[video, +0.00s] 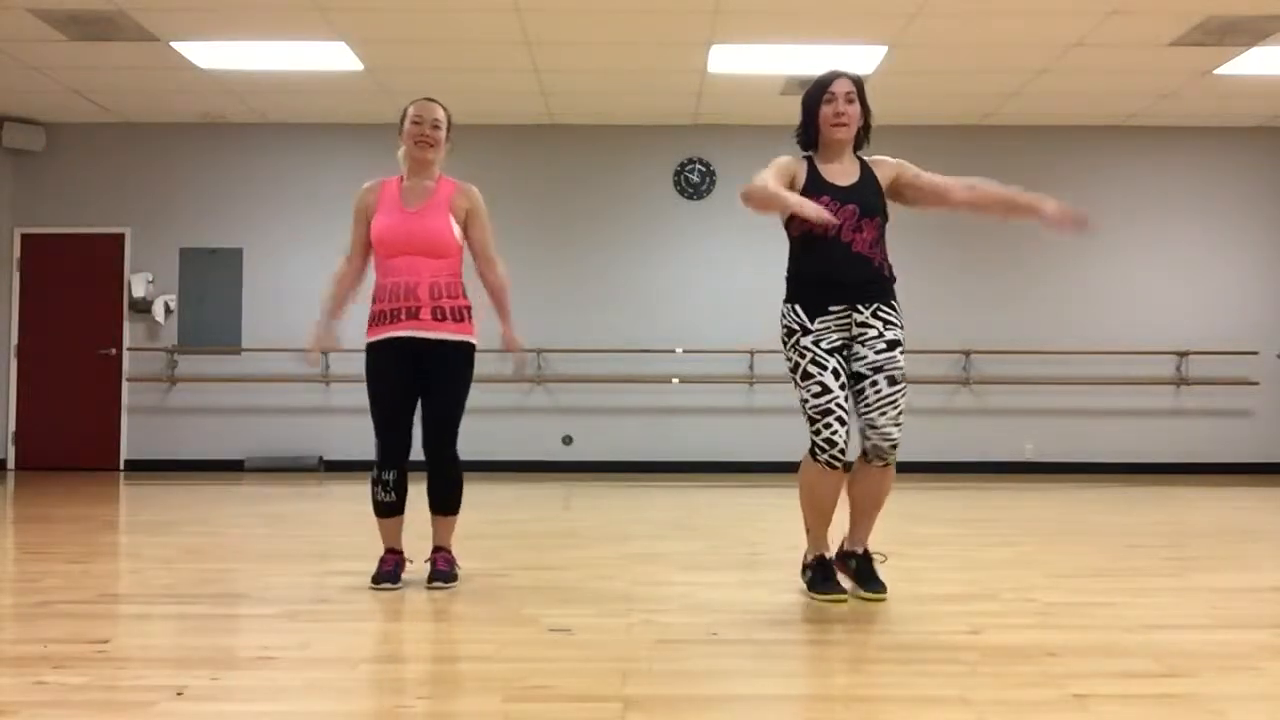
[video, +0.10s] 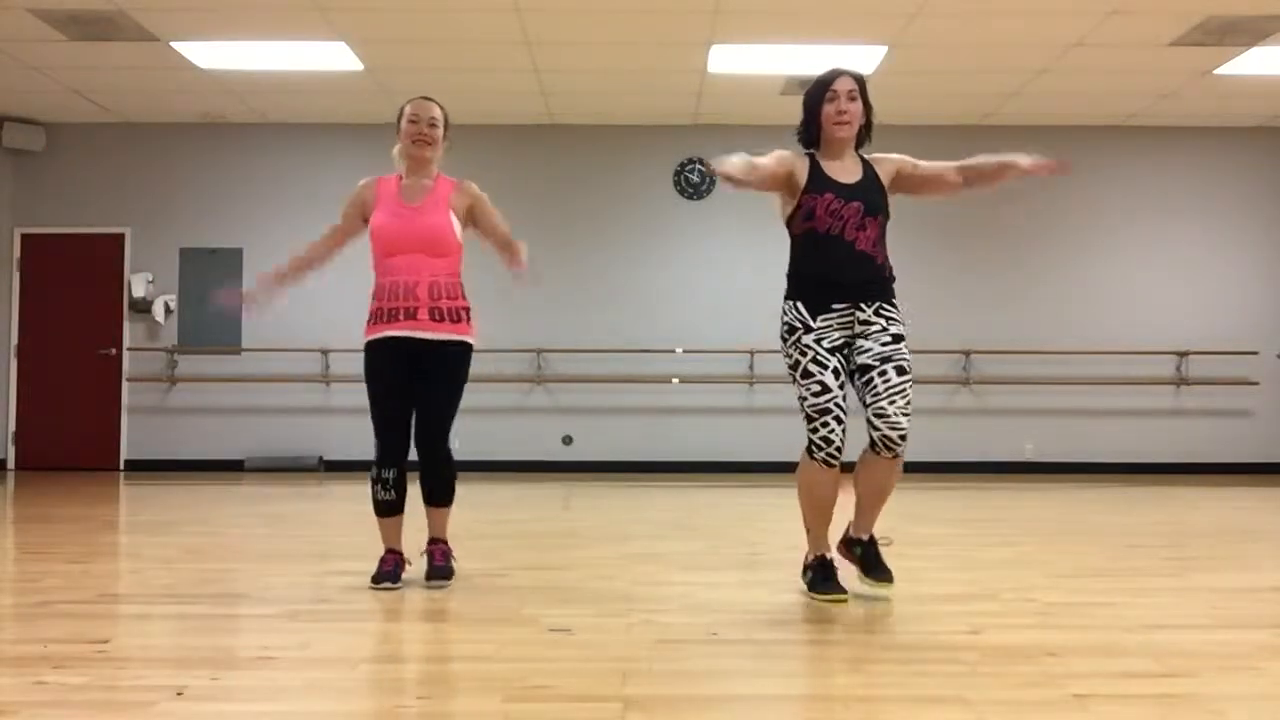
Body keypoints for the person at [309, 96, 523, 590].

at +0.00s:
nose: (425, 130)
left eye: (435, 124)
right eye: (417, 122)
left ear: (447, 138)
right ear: (400, 134)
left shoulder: (464, 196)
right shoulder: (372, 196)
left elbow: (489, 267)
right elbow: (354, 264)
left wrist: (507, 326)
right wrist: (327, 319)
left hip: (449, 339)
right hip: (389, 339)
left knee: (440, 446)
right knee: (391, 448)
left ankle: (443, 552)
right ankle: (391, 552)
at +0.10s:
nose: (422, 128)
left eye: (432, 123)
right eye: (413, 120)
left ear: (444, 138)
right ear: (397, 132)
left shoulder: (463, 194)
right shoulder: (373, 192)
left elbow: (505, 241)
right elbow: (326, 246)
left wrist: (515, 255)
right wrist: (276, 279)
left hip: (447, 336)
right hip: (388, 335)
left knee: (433, 441)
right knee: (390, 447)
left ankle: (438, 544)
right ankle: (392, 552)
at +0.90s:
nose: (423, 128)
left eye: (432, 122)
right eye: (414, 121)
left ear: (446, 136)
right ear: (400, 133)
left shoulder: (463, 188)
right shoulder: (374, 186)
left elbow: (519, 189)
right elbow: (300, 195)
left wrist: (528, 182)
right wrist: (238, 200)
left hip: (446, 337)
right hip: (387, 335)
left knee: (437, 445)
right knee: (390, 449)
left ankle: (436, 550)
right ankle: (396, 552)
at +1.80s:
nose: (413, 126)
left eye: (422, 121)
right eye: (404, 120)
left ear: (436, 136)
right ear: (390, 132)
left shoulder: (454, 184)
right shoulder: (367, 184)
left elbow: (527, 184)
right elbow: (299, 186)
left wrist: (594, 183)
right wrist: (312, 162)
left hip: (444, 335)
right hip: (386, 334)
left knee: (437, 445)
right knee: (391, 447)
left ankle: (430, 550)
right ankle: (397, 552)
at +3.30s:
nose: (416, 138)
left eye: (426, 132)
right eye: (408, 132)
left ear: (441, 144)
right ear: (395, 143)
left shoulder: (462, 191)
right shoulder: (376, 191)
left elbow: (533, 186)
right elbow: (303, 183)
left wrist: (541, 136)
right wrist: (345, 145)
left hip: (453, 339)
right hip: (393, 338)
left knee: (447, 448)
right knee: (397, 447)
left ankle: (433, 548)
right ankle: (397, 543)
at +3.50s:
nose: (416, 133)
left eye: (426, 128)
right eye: (407, 126)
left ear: (440, 141)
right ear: (395, 139)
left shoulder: (458, 187)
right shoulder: (375, 188)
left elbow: (512, 142)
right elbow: (311, 155)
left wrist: (462, 107)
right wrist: (366, 118)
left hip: (449, 337)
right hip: (390, 336)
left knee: (440, 444)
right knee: (395, 447)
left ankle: (433, 549)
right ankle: (402, 550)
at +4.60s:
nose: (413, 134)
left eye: (423, 128)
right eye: (405, 129)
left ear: (439, 141)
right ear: (393, 141)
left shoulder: (457, 187)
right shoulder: (378, 186)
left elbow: (499, 125)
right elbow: (333, 124)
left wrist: (540, 68)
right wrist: (289, 71)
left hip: (442, 338)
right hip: (384, 334)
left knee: (428, 446)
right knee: (391, 446)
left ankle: (430, 547)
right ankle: (400, 550)